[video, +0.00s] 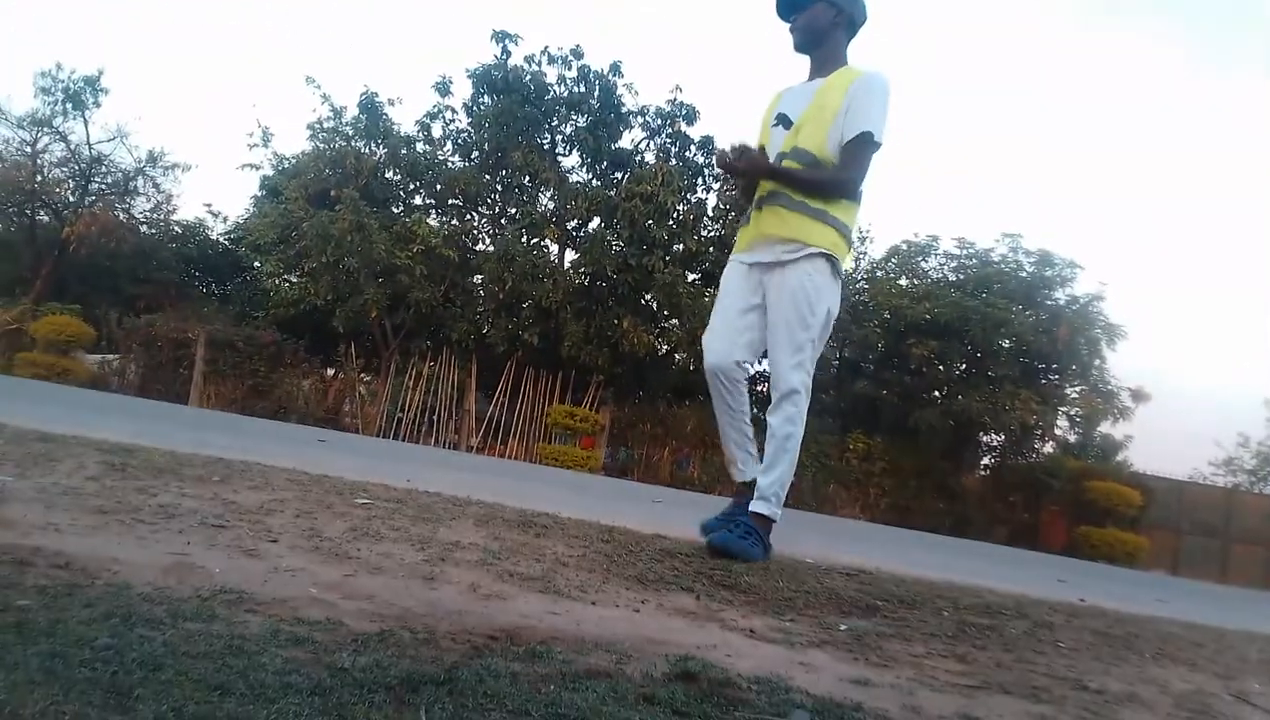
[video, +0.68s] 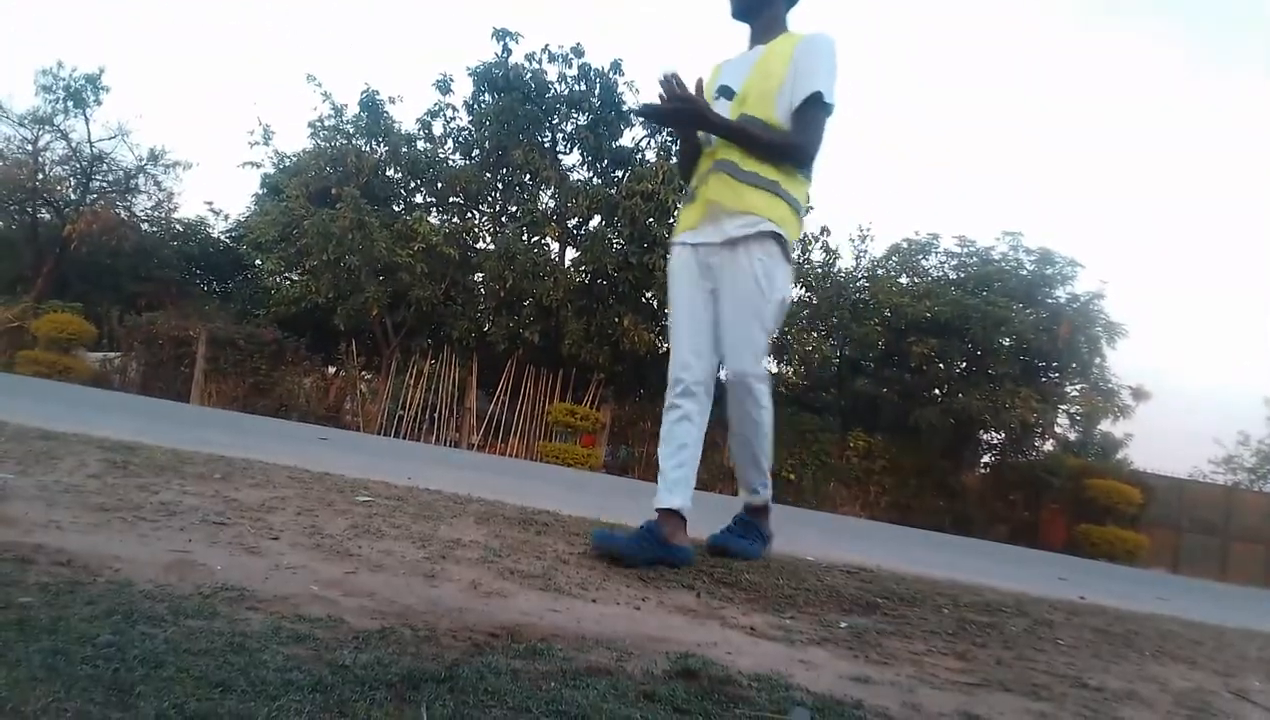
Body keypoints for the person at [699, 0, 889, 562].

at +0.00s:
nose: (792, 18)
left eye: (805, 8)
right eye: (792, 12)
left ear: (842, 16)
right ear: (804, 26)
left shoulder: (866, 86)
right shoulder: (782, 99)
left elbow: (847, 179)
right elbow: (760, 195)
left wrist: (767, 169)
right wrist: (743, 176)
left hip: (809, 253)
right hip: (751, 250)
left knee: (790, 381)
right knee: (721, 357)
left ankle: (761, 520)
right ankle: (748, 488)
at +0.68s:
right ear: (745, 8)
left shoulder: (811, 48)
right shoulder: (720, 73)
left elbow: (801, 151)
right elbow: (692, 175)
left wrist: (707, 120)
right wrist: (688, 125)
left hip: (757, 230)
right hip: (694, 233)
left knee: (743, 372)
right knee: (687, 376)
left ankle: (756, 515)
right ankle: (670, 525)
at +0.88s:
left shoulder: (780, 32)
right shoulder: (692, 59)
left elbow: (774, 131)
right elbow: (665, 162)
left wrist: (675, 90)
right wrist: (655, 98)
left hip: (721, 205)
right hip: (663, 211)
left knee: (662, 328)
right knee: (667, 360)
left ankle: (732, 471)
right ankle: (669, 525)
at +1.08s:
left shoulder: (743, 10)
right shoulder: (664, 48)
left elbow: (737, 112)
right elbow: (631, 148)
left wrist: (640, 69)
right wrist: (610, 85)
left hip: (684, 194)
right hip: (636, 202)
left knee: (616, 323)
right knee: (658, 353)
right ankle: (671, 527)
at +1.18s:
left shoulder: (719, 6)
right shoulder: (645, 42)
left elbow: (705, 103)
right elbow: (613, 147)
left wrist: (607, 64)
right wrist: (598, 84)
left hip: (664, 201)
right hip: (617, 205)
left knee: (602, 344)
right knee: (650, 367)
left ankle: (510, 505)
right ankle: (671, 524)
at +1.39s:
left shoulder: (667, 4)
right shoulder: (606, 25)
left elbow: (653, 86)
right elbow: (572, 119)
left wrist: (546, 48)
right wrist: (536, 60)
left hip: (597, 183)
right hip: (565, 182)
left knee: (544, 337)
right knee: (584, 347)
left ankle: (474, 518)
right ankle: (658, 509)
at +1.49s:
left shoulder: (633, 5)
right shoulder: (573, 21)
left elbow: (619, 77)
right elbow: (540, 104)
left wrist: (514, 40)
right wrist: (495, 49)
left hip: (565, 185)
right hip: (524, 187)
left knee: (527, 350)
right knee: (497, 340)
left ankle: (473, 521)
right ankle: (614, 465)